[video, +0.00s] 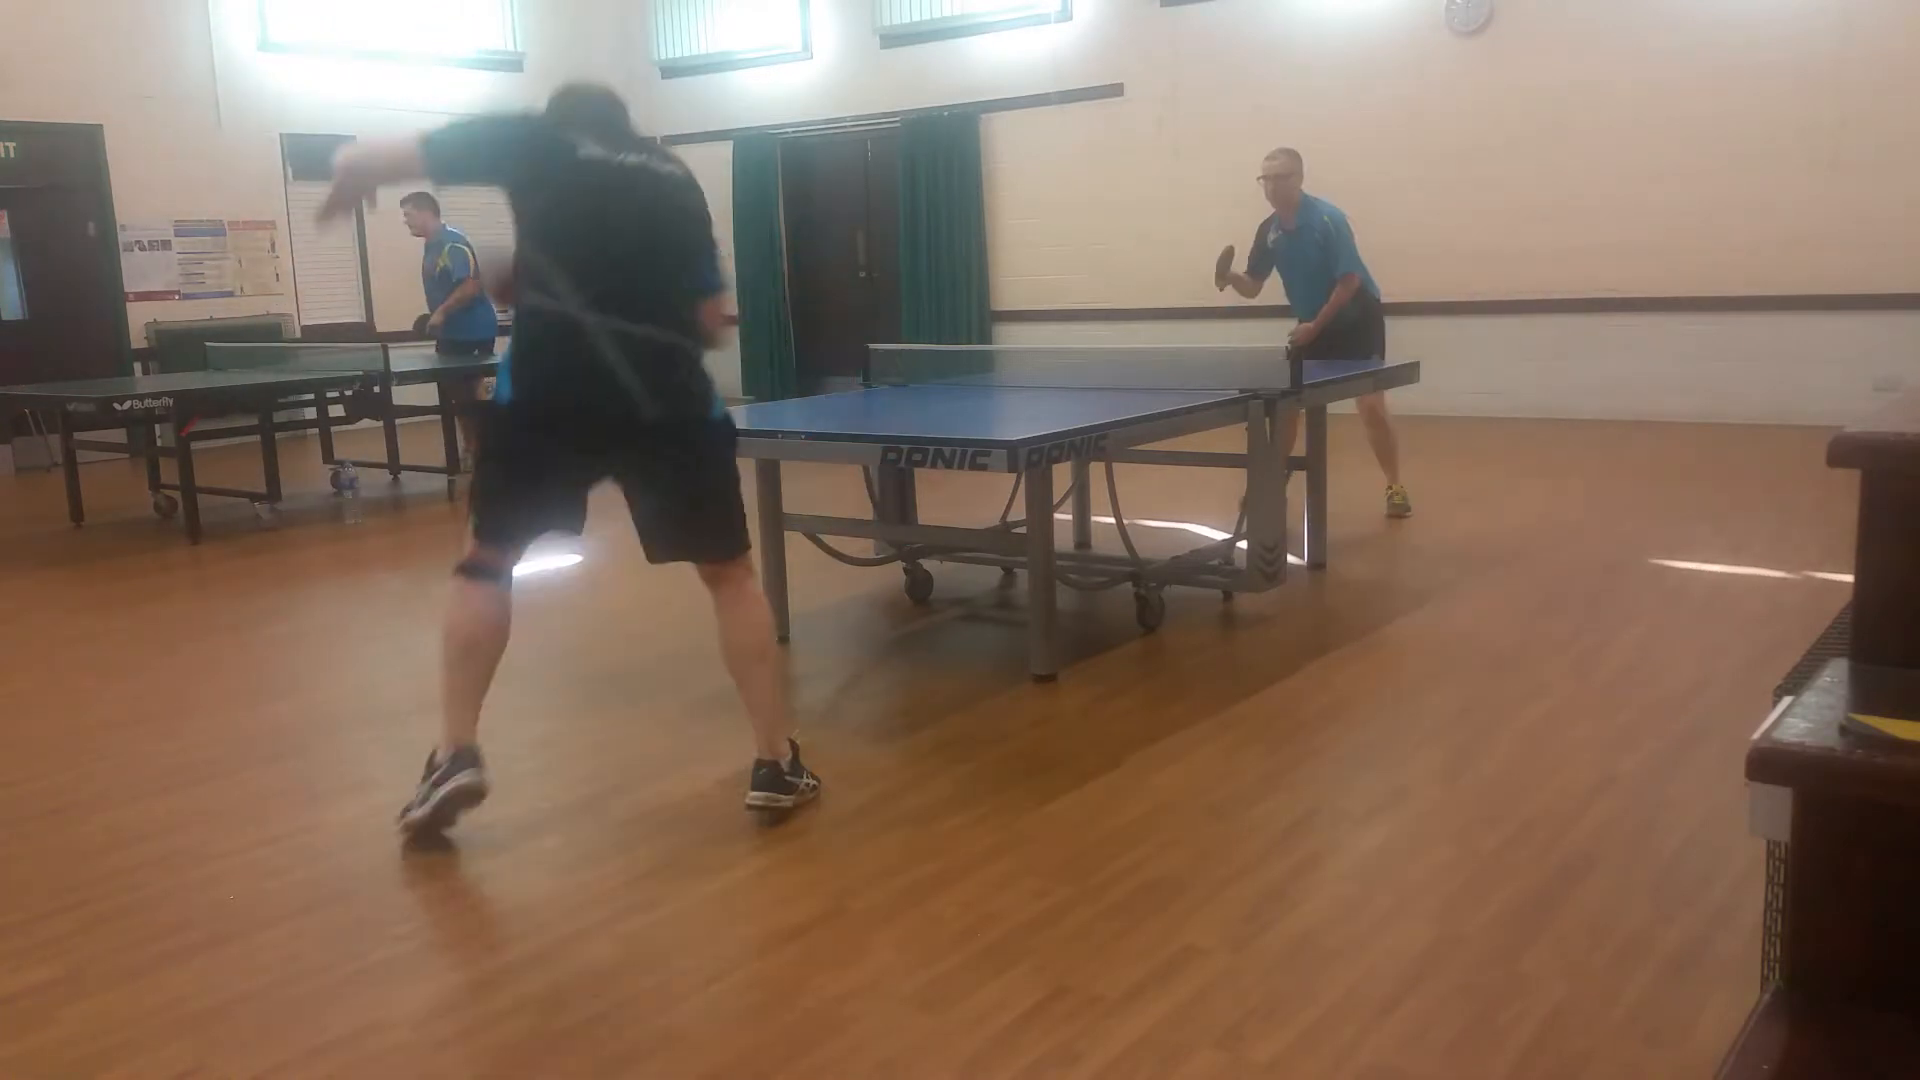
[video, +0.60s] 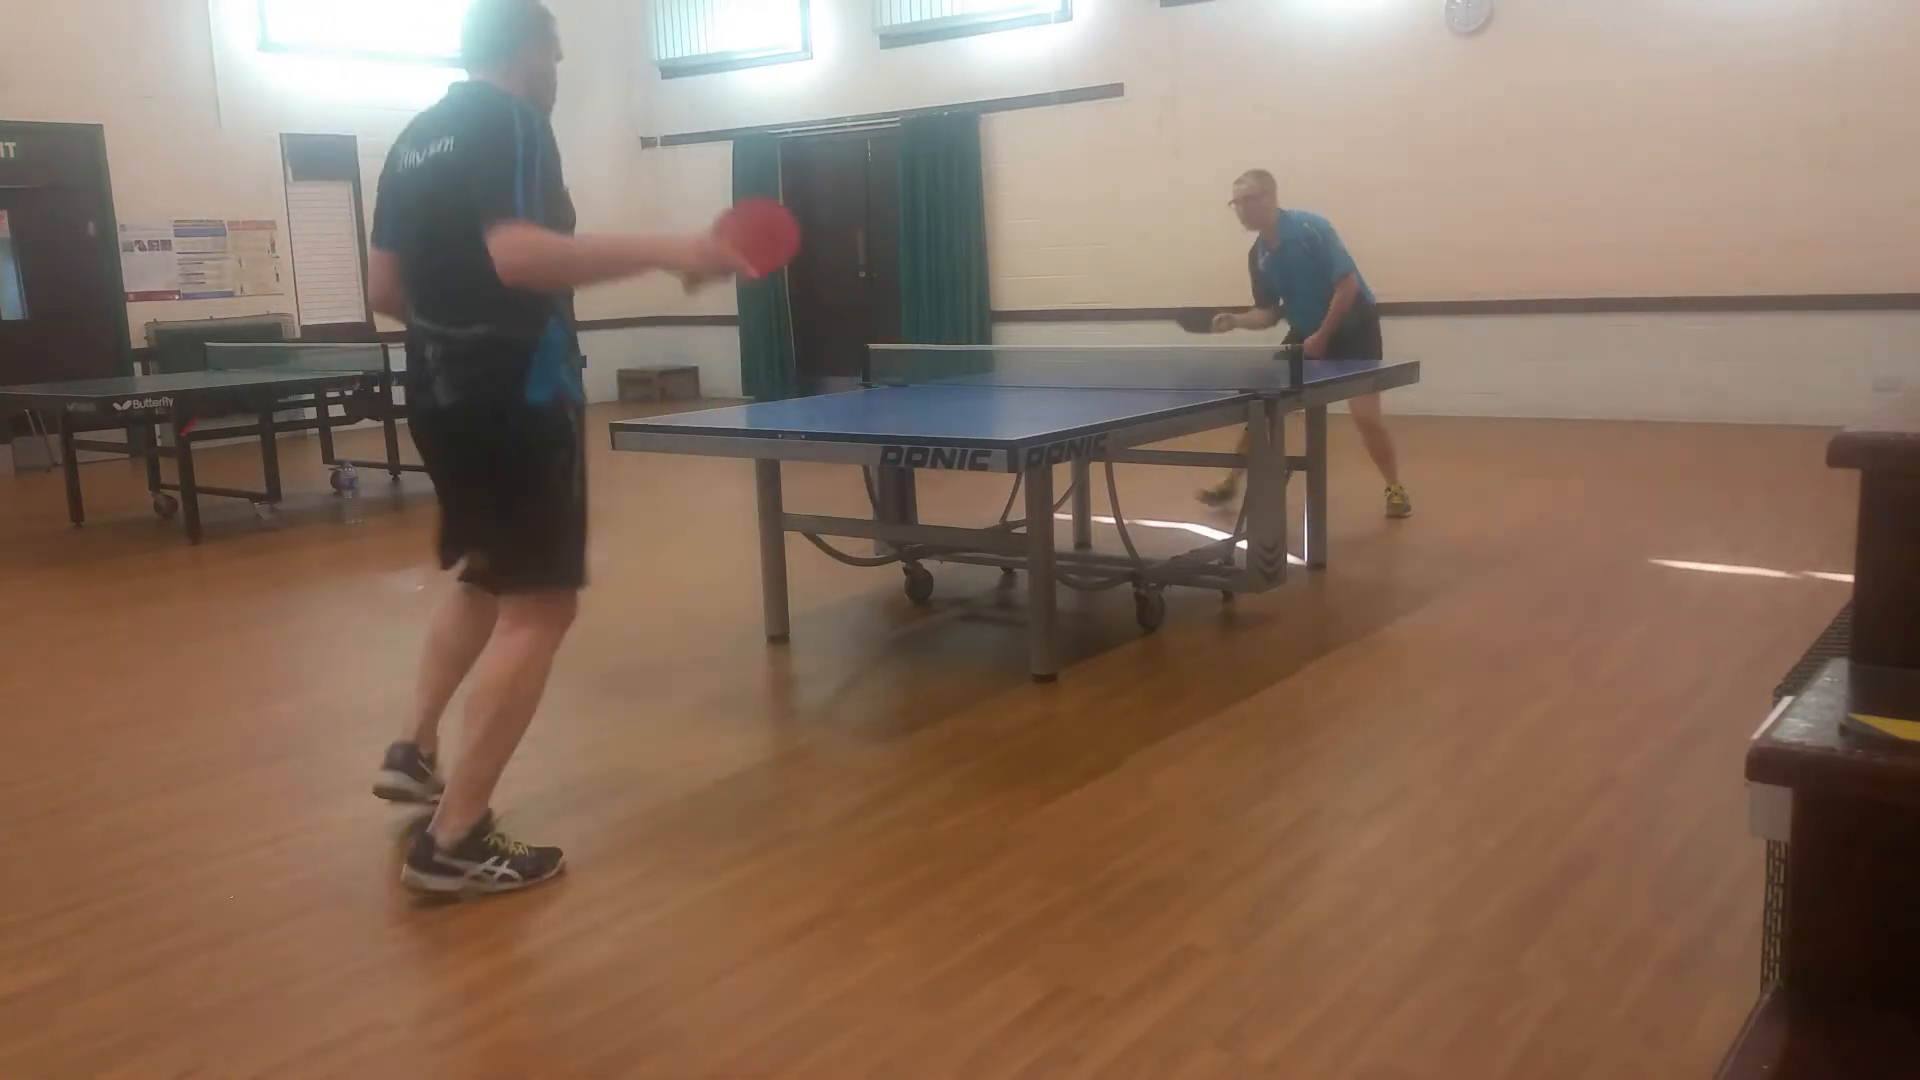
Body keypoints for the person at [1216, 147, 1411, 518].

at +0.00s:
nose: (1268, 187)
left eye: (1276, 179)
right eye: (1264, 180)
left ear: (1296, 179)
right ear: (1261, 184)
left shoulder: (1328, 219)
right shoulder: (1269, 231)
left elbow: (1350, 281)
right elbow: (1251, 287)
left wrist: (1314, 326)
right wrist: (1231, 275)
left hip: (1357, 316)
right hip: (1312, 322)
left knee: (1370, 406)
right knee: (1286, 404)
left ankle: (1394, 485)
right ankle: (1271, 488)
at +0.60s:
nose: (1237, 210)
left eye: (1243, 201)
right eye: (1234, 203)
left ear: (1268, 199)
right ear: (1235, 207)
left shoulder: (1312, 228)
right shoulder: (1259, 255)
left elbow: (1348, 285)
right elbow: (1268, 314)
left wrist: (1322, 336)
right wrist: (1235, 318)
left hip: (1351, 323)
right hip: (1306, 330)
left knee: (1365, 414)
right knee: (1265, 403)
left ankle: (1394, 486)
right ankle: (1230, 482)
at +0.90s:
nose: (1179, 248)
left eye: (1183, 238)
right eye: (1175, 242)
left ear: (1205, 232)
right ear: (1182, 245)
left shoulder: (1258, 244)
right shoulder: (1211, 292)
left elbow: (1311, 280)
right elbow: (1229, 341)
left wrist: (1297, 339)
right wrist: (1185, 332)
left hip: (1322, 337)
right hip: (1273, 350)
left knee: (1354, 420)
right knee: (1230, 413)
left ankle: (1394, 486)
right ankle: (1210, 491)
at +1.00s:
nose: (1171, 247)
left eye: (1176, 237)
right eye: (1167, 241)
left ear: (1200, 231)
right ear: (1168, 248)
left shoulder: (1249, 243)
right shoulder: (1195, 291)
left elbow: (1302, 277)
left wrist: (1293, 332)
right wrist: (1148, 335)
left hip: (1317, 329)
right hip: (1269, 345)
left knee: (1350, 413)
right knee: (1228, 409)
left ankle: (1395, 485)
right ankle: (1210, 493)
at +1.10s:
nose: (1178, 232)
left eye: (1183, 222)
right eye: (1172, 228)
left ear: (1203, 218)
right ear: (1171, 235)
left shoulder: (1251, 238)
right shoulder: (1192, 280)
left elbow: (1304, 273)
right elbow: (1182, 327)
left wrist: (1292, 327)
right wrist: (1149, 334)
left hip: (1315, 326)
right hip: (1267, 341)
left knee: (1350, 409)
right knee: (1230, 408)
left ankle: (1398, 483)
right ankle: (1210, 493)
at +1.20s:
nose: (1191, 218)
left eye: (1198, 209)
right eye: (1185, 214)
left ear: (1219, 209)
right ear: (1184, 221)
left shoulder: (1262, 233)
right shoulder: (1201, 271)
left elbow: (1312, 273)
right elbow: (1193, 326)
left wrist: (1296, 325)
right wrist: (1163, 339)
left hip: (1316, 326)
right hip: (1268, 340)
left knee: (1352, 412)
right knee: (1230, 409)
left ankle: (1399, 481)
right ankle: (1210, 493)